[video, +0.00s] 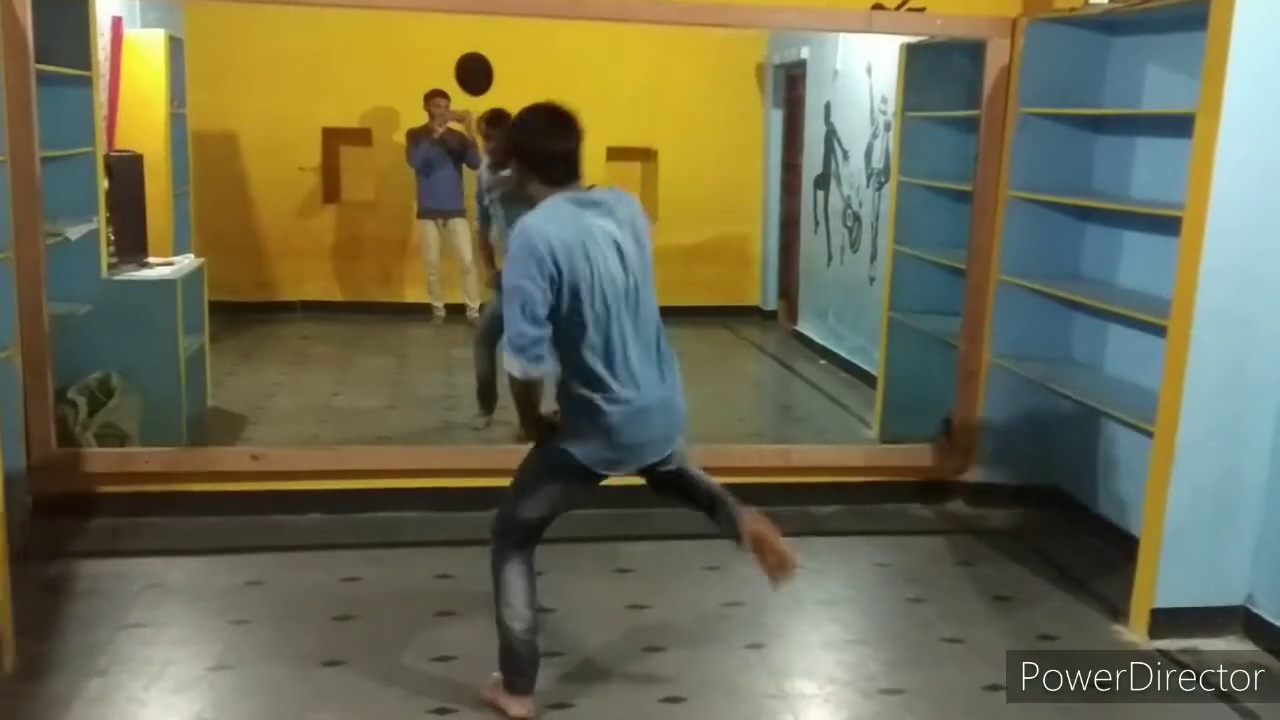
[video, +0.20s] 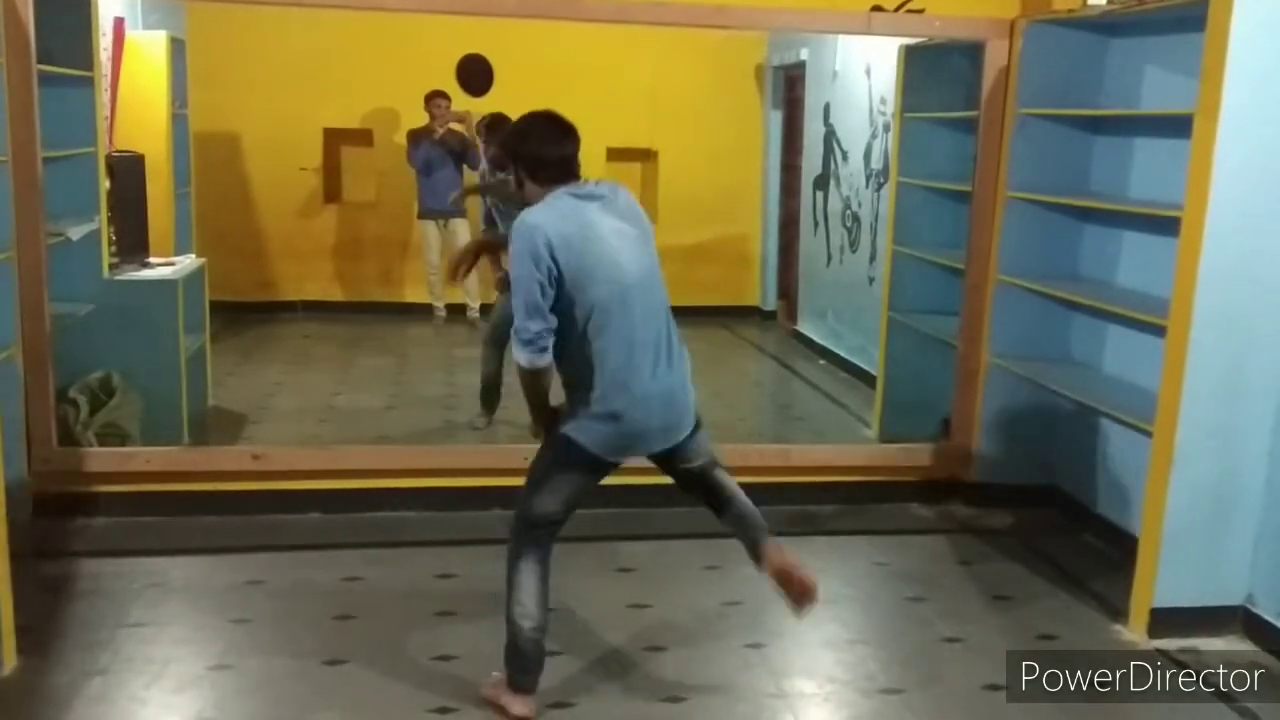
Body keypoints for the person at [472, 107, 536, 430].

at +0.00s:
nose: (489, 146)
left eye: (495, 138)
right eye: (485, 138)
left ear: (512, 140)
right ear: (481, 140)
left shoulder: (531, 177)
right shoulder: (485, 179)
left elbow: (551, 217)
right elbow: (483, 230)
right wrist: (491, 271)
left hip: (546, 276)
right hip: (511, 278)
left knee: (563, 340)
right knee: (485, 335)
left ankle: (568, 408)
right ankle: (486, 407)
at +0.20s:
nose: (487, 152)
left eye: (491, 145)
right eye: (484, 145)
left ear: (504, 145)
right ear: (484, 146)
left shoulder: (527, 182)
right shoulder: (491, 183)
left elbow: (530, 232)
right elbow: (492, 230)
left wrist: (482, 245)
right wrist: (499, 270)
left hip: (539, 278)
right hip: (516, 280)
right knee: (493, 338)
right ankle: (486, 411)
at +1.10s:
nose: (583, 126)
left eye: (589, 121)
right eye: (576, 119)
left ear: (596, 125)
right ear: (561, 121)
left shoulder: (600, 170)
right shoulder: (541, 157)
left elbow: (617, 209)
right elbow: (497, 169)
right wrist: (525, 182)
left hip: (591, 278)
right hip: (544, 276)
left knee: (624, 344)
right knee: (512, 345)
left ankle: (631, 421)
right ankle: (488, 410)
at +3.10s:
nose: (561, 174)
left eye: (566, 167)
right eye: (553, 169)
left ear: (575, 169)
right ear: (542, 172)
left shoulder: (598, 207)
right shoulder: (535, 209)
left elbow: (630, 243)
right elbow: (531, 255)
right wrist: (535, 294)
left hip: (595, 314)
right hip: (552, 313)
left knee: (617, 379)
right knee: (511, 368)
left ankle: (617, 443)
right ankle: (499, 446)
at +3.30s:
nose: (558, 183)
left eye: (563, 176)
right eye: (551, 178)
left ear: (575, 176)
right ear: (542, 180)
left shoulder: (595, 216)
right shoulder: (538, 218)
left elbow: (609, 254)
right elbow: (536, 265)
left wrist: (613, 211)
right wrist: (538, 303)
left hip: (593, 319)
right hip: (552, 318)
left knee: (627, 384)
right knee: (513, 376)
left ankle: (635, 450)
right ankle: (502, 453)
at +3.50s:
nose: (560, 191)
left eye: (565, 183)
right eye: (553, 186)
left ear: (576, 183)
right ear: (544, 188)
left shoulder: (594, 216)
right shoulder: (545, 224)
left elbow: (619, 223)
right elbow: (543, 269)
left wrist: (580, 207)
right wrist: (541, 306)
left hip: (595, 326)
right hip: (555, 326)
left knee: (628, 397)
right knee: (515, 381)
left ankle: (649, 456)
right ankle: (505, 459)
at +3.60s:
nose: (563, 190)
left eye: (569, 184)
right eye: (556, 185)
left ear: (581, 185)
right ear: (549, 187)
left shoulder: (598, 214)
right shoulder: (548, 224)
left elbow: (607, 229)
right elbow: (544, 270)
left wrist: (579, 223)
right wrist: (542, 307)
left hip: (596, 326)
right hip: (556, 326)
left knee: (628, 397)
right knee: (516, 385)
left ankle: (651, 456)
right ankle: (506, 461)